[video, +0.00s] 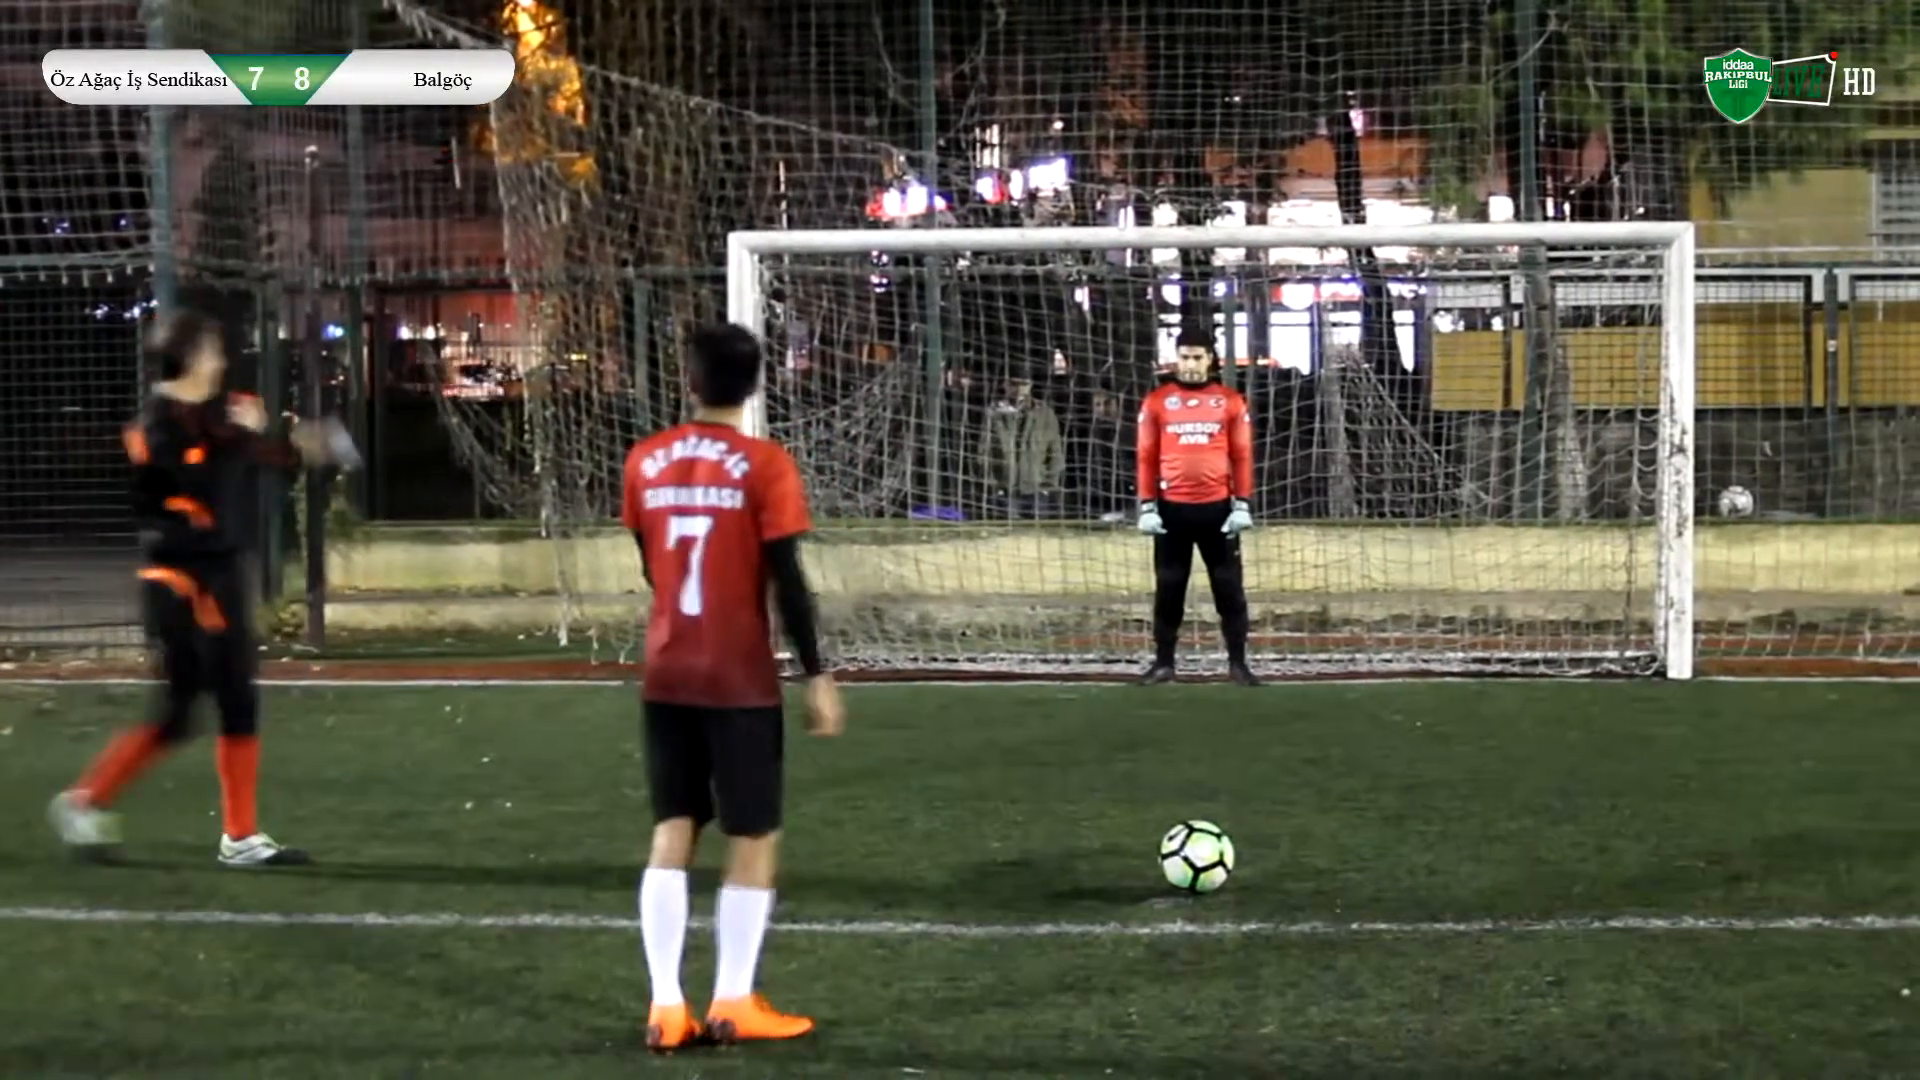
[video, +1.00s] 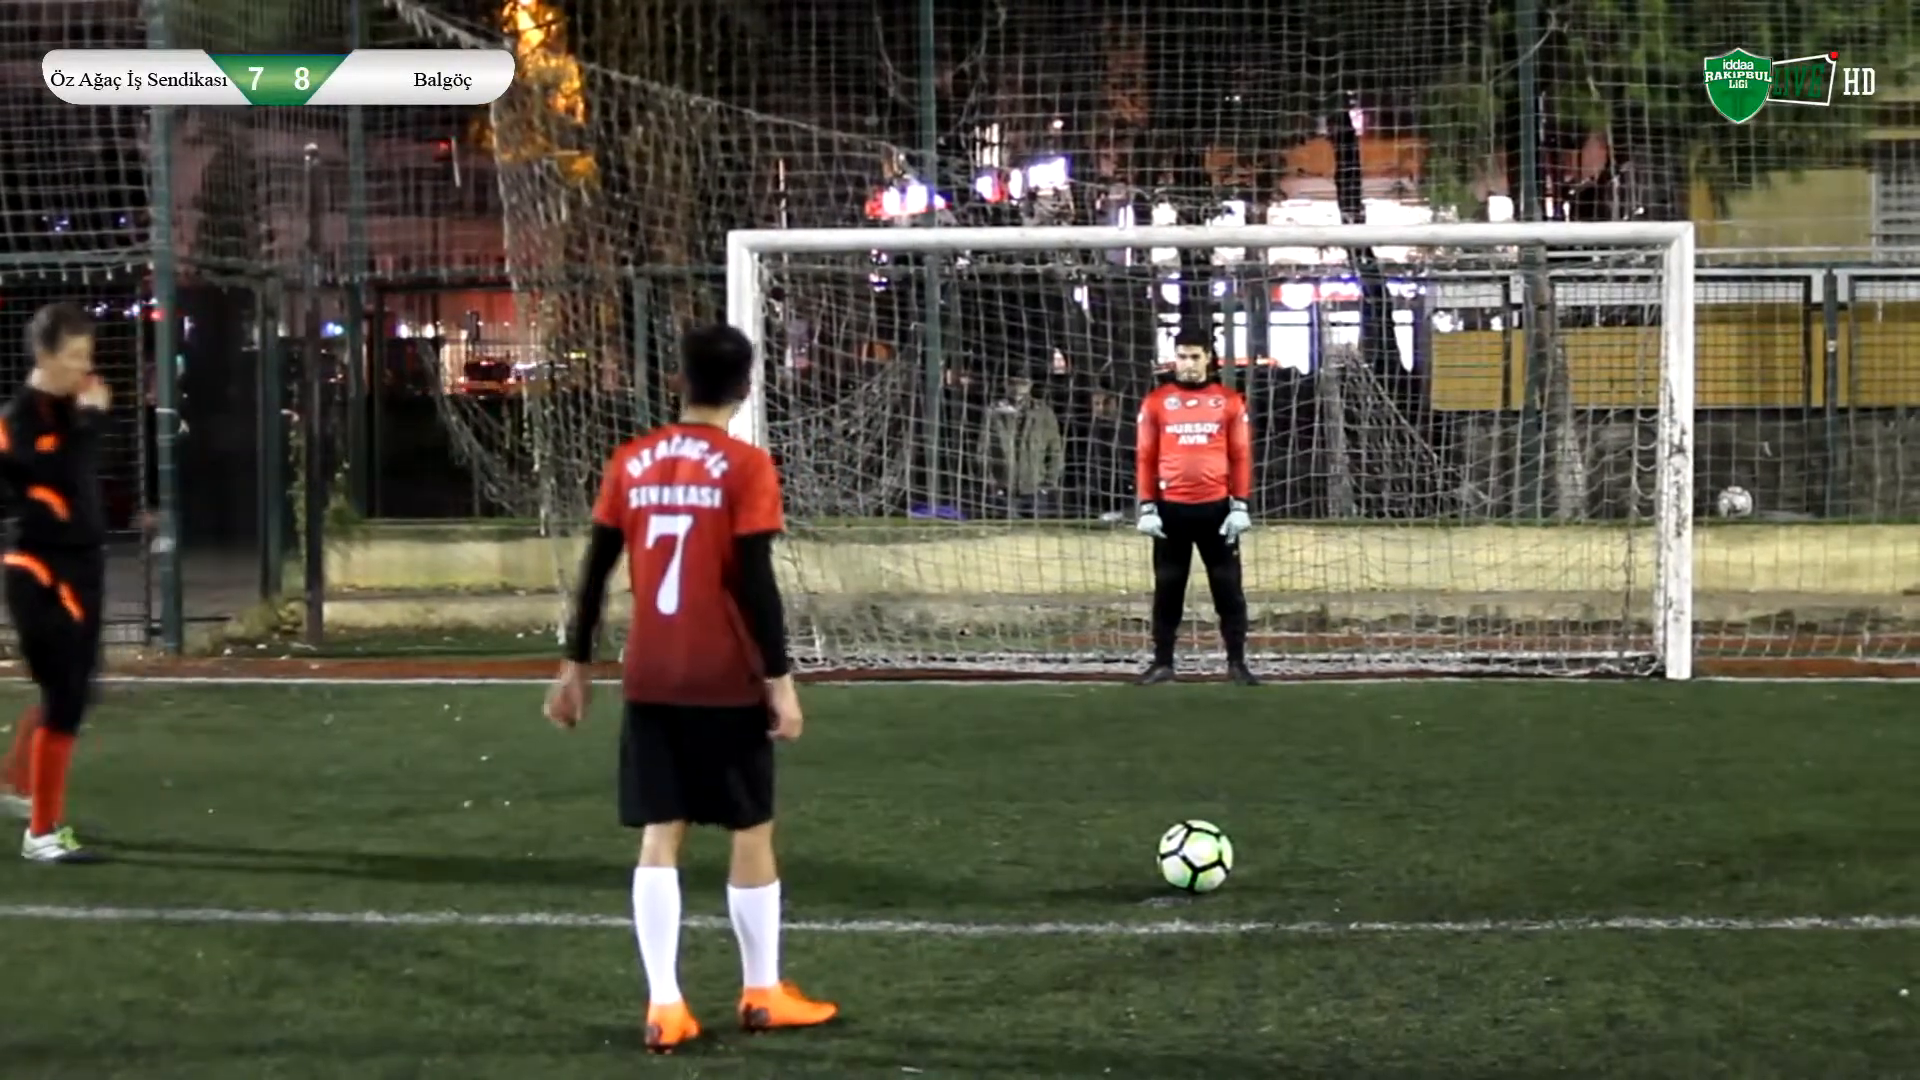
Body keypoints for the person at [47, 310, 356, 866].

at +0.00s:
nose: (219, 361)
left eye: (219, 351)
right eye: (211, 351)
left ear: (202, 358)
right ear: (187, 355)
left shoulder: (217, 421)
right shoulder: (159, 423)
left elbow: (265, 455)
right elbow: (153, 510)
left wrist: (305, 448)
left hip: (221, 577)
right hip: (177, 578)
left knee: (239, 704)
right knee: (177, 712)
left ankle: (241, 836)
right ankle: (83, 802)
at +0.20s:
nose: (190, 365)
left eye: (188, 356)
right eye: (182, 356)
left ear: (161, 364)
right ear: (157, 362)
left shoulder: (184, 421)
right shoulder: (124, 429)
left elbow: (234, 425)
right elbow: (123, 515)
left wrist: (266, 411)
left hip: (178, 579)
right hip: (138, 580)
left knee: (207, 700)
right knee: (126, 710)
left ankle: (236, 829)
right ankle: (52, 820)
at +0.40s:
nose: (161, 371)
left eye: (160, 360)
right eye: (152, 361)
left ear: (136, 365)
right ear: (124, 366)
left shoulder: (147, 425)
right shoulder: (90, 426)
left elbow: (188, 438)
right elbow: (106, 485)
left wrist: (240, 415)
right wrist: (172, 433)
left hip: (140, 581)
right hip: (96, 582)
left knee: (169, 696)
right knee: (97, 710)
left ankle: (208, 820)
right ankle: (46, 828)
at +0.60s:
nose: (136, 366)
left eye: (137, 355)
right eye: (127, 356)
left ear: (112, 361)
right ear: (95, 357)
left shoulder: (124, 417)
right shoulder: (61, 417)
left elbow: (160, 450)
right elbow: (87, 482)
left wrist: (210, 442)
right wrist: (137, 423)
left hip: (118, 573)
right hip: (75, 573)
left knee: (146, 691)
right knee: (80, 700)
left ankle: (144, 817)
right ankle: (47, 829)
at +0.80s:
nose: (108, 364)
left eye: (109, 353)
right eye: (100, 353)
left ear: (88, 357)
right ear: (67, 353)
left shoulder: (97, 414)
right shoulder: (38, 417)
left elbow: (121, 489)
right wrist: (110, 422)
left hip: (99, 564)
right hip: (54, 564)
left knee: (112, 690)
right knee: (66, 694)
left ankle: (83, 806)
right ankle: (42, 828)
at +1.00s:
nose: (87, 367)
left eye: (89, 356)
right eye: (78, 356)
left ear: (81, 358)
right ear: (49, 356)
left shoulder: (70, 413)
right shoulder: (24, 414)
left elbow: (76, 482)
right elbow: (59, 481)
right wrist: (89, 423)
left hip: (78, 564)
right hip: (39, 565)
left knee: (69, 687)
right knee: (63, 689)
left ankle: (17, 784)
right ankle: (44, 828)